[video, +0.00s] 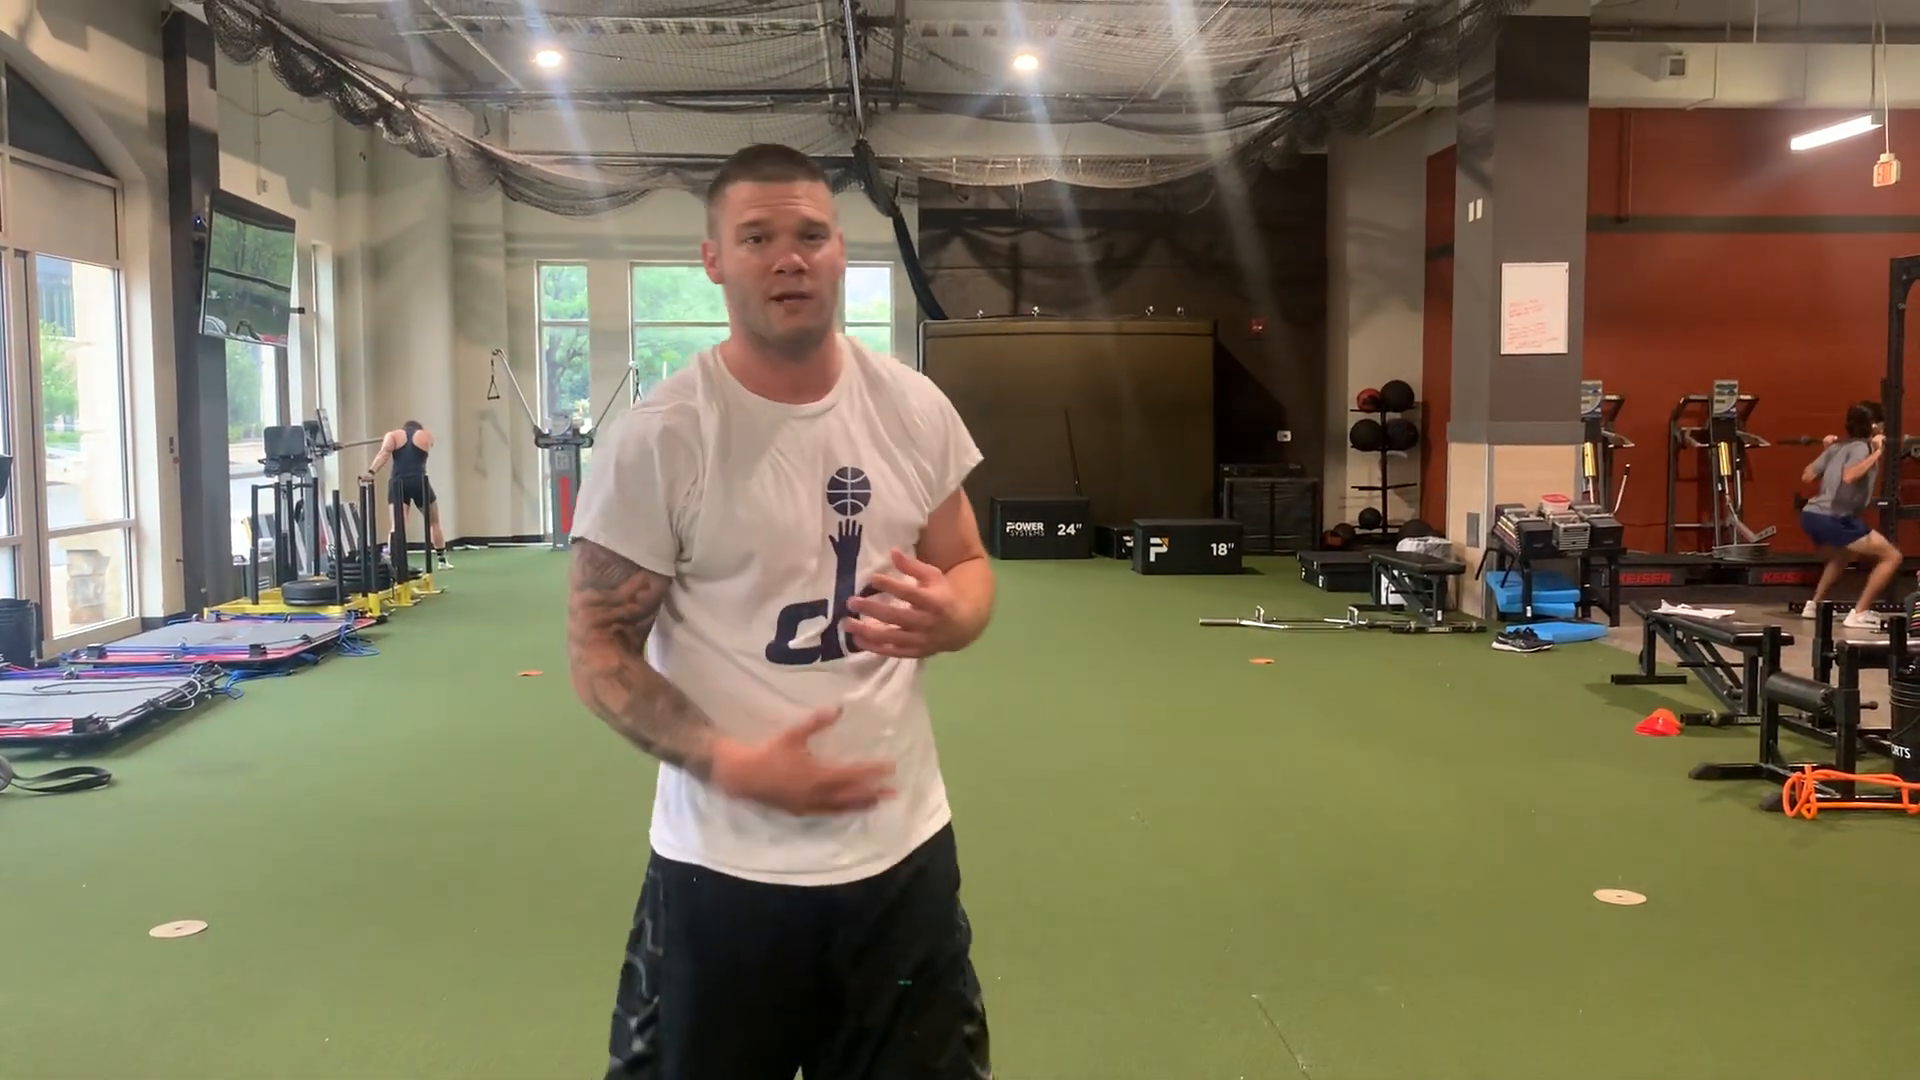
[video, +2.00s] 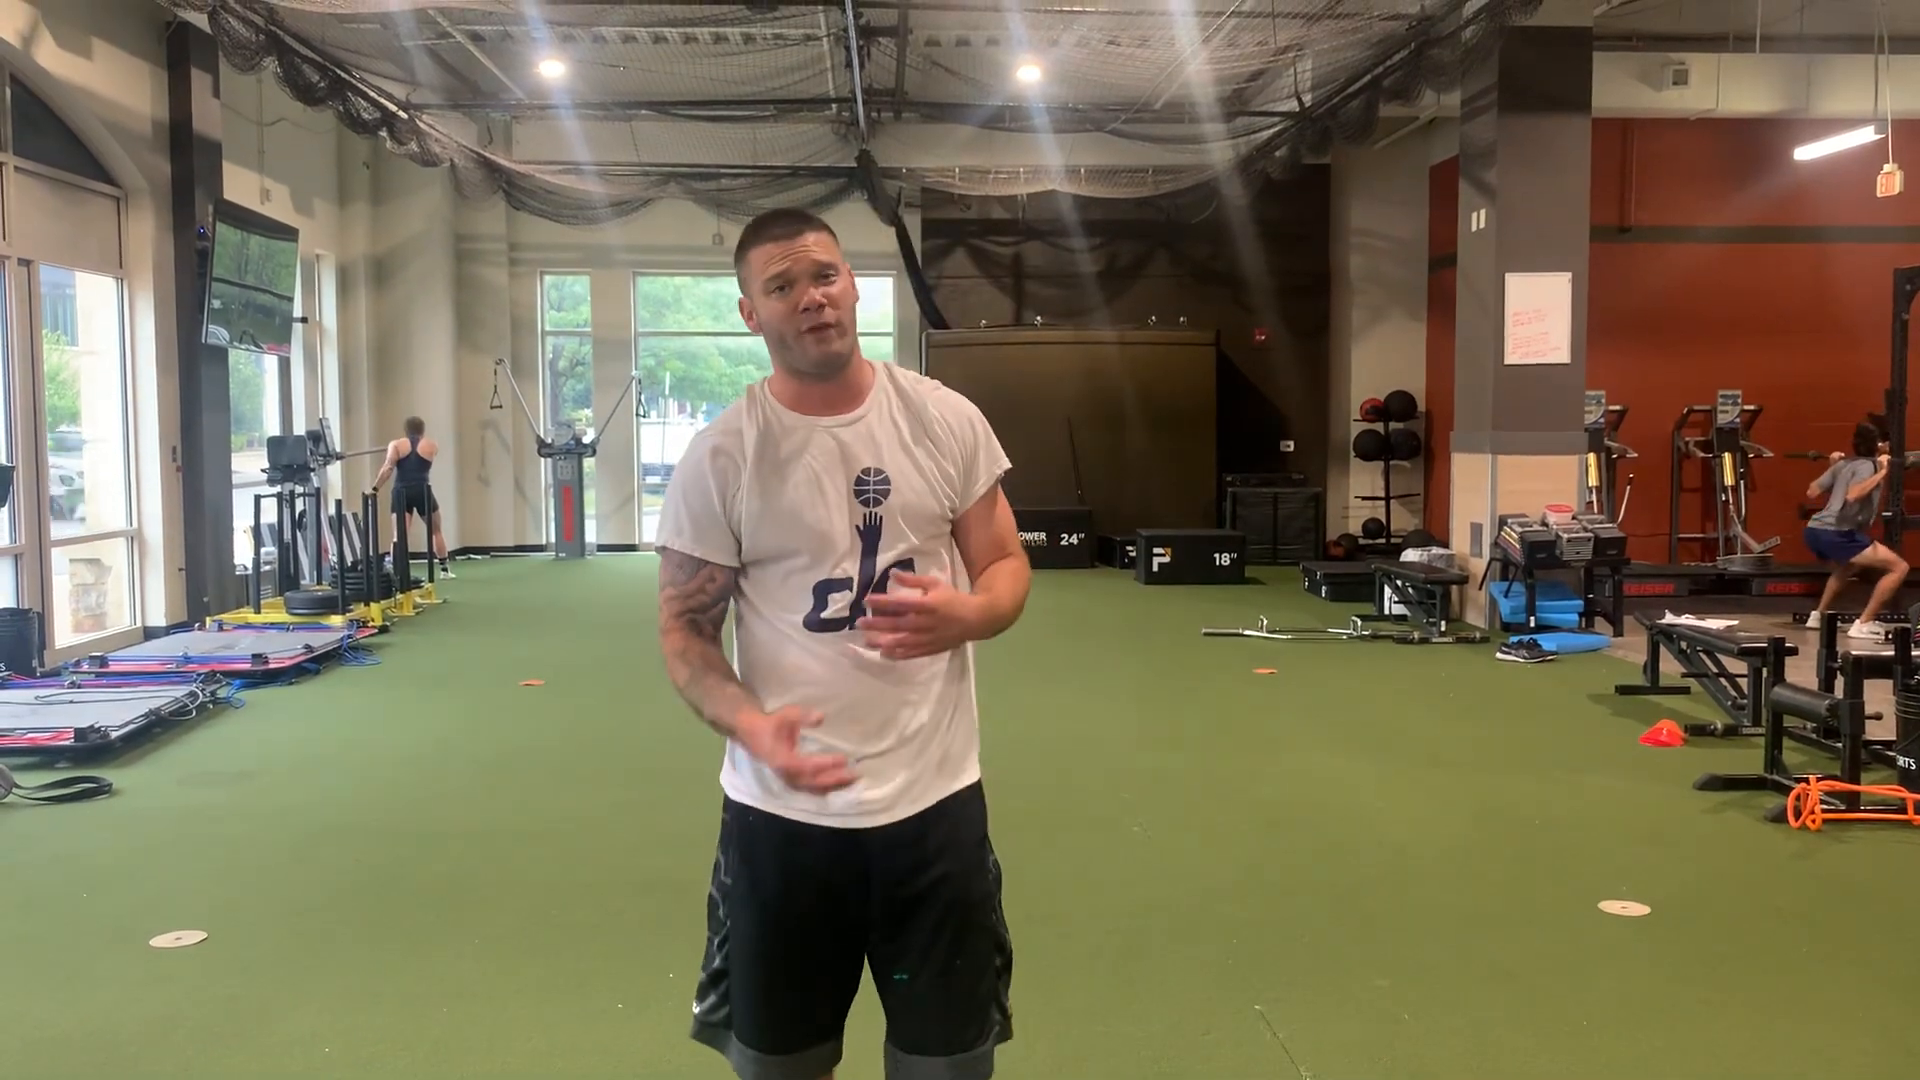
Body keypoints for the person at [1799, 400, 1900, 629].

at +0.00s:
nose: (1881, 429)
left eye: (1881, 425)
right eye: (1879, 424)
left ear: (1850, 425)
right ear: (1871, 427)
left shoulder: (1837, 448)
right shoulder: (1862, 448)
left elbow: (1807, 475)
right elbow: (1849, 476)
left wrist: (1825, 450)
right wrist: (1877, 453)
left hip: (1811, 515)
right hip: (1836, 520)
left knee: (1842, 555)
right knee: (1892, 557)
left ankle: (1814, 604)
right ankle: (1860, 613)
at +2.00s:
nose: (1888, 446)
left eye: (1888, 442)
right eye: (1886, 441)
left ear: (1857, 443)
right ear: (1877, 445)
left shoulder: (1843, 465)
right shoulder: (1867, 466)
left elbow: (1812, 491)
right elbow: (1852, 495)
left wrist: (1832, 466)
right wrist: (1881, 473)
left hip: (1815, 531)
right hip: (1837, 535)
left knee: (1848, 567)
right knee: (1899, 568)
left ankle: (1818, 615)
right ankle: (1864, 623)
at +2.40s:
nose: (1887, 397)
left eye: (1887, 392)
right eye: (1884, 392)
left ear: (1857, 395)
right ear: (1874, 396)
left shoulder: (1843, 419)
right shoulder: (1867, 418)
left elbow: (1816, 448)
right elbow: (1855, 447)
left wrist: (1833, 420)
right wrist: (1882, 423)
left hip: (1823, 492)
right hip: (1846, 496)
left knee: (1830, 554)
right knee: (1864, 557)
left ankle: (1817, 613)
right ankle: (1862, 621)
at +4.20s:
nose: (1894, 402)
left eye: (1895, 397)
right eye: (1892, 397)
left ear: (1865, 398)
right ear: (1883, 400)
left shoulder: (1849, 423)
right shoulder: (1874, 422)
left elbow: (1822, 452)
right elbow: (1863, 450)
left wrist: (1838, 424)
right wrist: (1889, 425)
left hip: (1839, 499)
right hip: (1862, 503)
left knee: (1835, 559)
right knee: (1866, 565)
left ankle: (1826, 621)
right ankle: (1872, 628)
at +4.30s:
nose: (1895, 402)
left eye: (1896, 397)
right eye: (1893, 397)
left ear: (1865, 398)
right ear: (1884, 399)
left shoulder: (1849, 423)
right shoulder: (1874, 422)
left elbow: (1821, 451)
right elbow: (1863, 450)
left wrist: (1838, 423)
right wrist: (1889, 424)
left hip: (1840, 498)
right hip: (1863, 502)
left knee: (1834, 559)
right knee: (1866, 564)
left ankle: (1826, 620)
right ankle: (1873, 628)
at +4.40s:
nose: (1896, 402)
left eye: (1896, 397)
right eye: (1894, 397)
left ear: (1866, 398)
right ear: (1884, 399)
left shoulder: (1849, 422)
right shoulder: (1874, 421)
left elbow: (1821, 450)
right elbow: (1863, 449)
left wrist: (1837, 423)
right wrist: (1889, 423)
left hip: (1841, 497)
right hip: (1864, 501)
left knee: (1834, 559)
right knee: (1867, 563)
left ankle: (1826, 620)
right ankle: (1873, 627)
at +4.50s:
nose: (1897, 401)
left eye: (1897, 397)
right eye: (1895, 397)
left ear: (1866, 397)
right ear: (1886, 398)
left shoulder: (1849, 421)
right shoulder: (1874, 421)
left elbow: (1821, 450)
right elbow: (1863, 448)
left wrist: (1838, 422)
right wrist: (1889, 422)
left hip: (1841, 497)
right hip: (1864, 501)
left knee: (1835, 558)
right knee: (1867, 563)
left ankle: (1826, 619)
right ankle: (1873, 627)